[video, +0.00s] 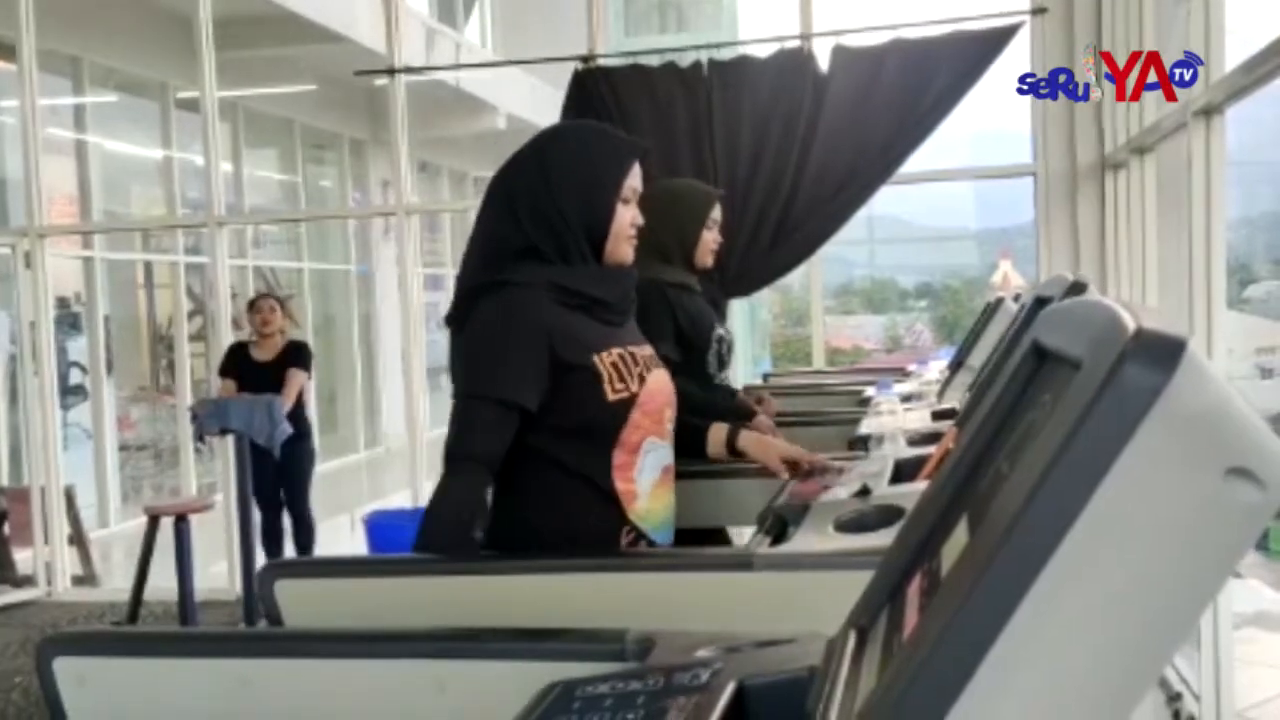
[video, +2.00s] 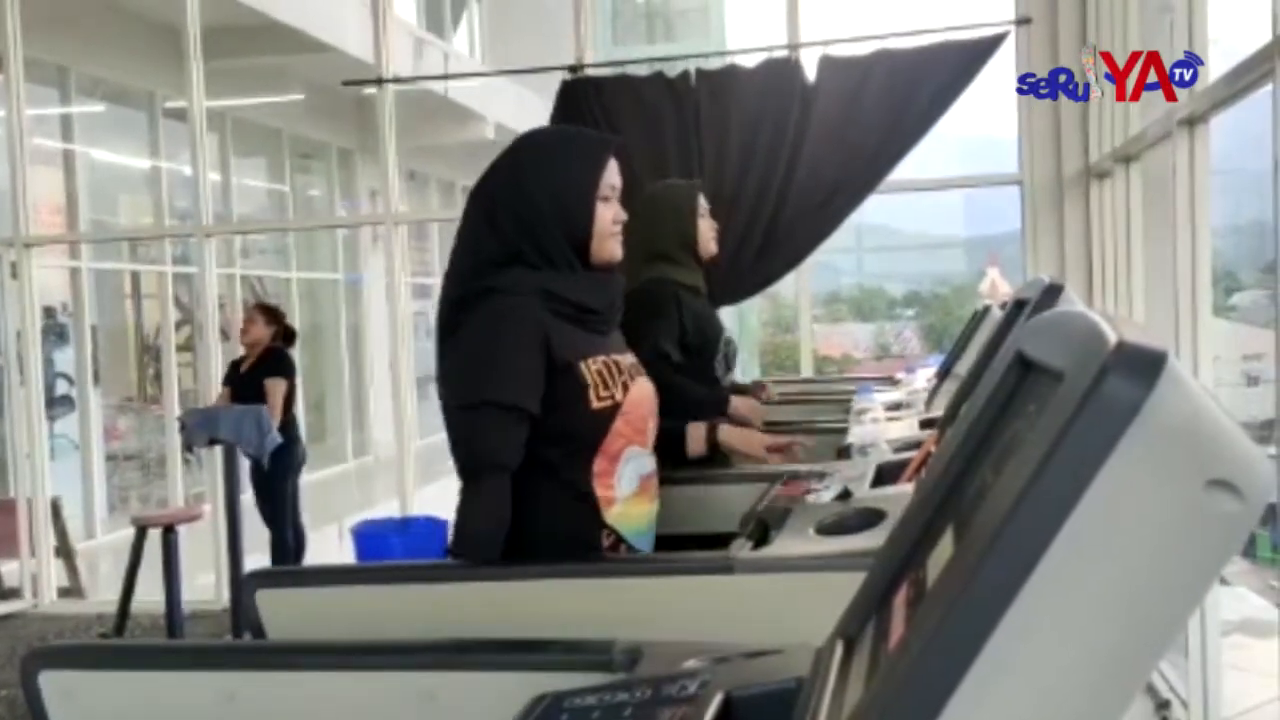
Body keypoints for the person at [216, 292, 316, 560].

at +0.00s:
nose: (265, 317)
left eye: (272, 311)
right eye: (258, 312)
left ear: (282, 317)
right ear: (249, 319)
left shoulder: (297, 351)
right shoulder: (237, 353)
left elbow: (290, 394)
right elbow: (227, 395)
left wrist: (271, 420)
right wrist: (241, 418)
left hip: (293, 433)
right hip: (255, 435)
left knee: (297, 501)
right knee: (268, 505)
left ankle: (305, 563)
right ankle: (274, 566)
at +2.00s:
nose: (244, 326)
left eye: (252, 322)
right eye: (245, 321)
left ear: (271, 330)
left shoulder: (276, 359)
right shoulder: (237, 366)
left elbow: (274, 409)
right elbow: (222, 404)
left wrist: (260, 439)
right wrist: (201, 425)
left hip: (283, 442)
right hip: (257, 445)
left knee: (282, 512)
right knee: (273, 512)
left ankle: (284, 574)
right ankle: (290, 572)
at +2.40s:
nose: (247, 327)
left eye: (254, 321)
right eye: (242, 322)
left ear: (272, 324)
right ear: (237, 327)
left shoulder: (288, 358)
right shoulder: (229, 359)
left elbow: (280, 398)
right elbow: (219, 400)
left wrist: (265, 432)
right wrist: (228, 431)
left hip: (285, 442)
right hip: (246, 443)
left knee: (288, 512)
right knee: (258, 517)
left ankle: (293, 572)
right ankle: (263, 575)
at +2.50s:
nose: (251, 329)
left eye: (257, 322)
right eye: (245, 324)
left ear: (272, 324)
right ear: (238, 329)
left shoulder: (290, 357)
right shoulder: (230, 354)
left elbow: (282, 396)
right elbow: (220, 396)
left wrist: (263, 428)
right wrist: (217, 428)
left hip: (285, 439)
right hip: (246, 440)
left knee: (285, 513)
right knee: (254, 514)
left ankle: (288, 572)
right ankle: (257, 574)